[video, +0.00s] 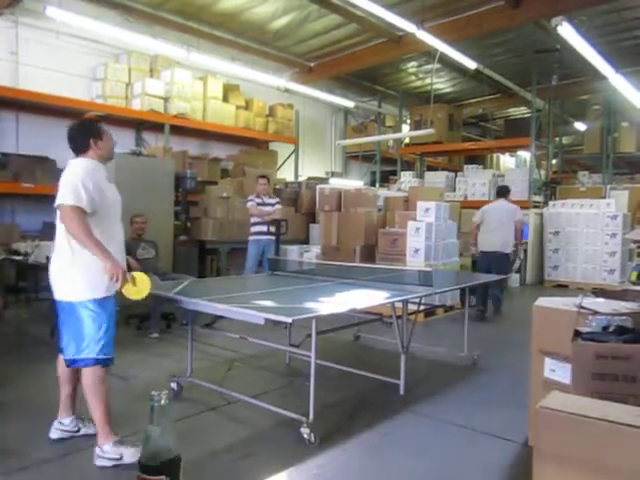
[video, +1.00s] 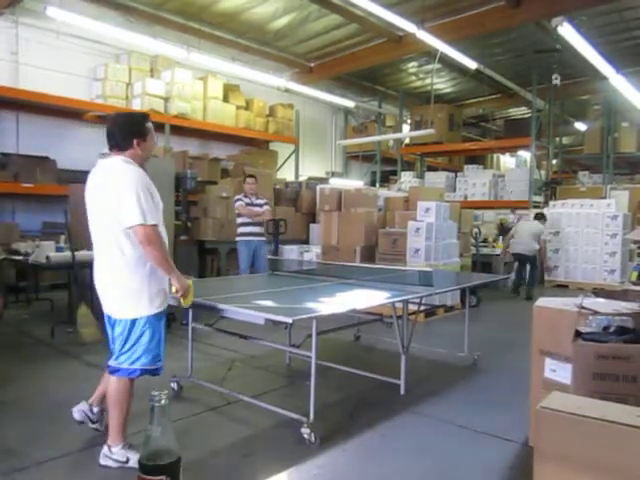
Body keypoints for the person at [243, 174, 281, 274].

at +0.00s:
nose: (263, 187)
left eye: (265, 184)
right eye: (260, 184)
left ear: (268, 186)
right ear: (256, 186)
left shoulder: (275, 199)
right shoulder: (252, 198)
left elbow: (278, 215)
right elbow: (253, 211)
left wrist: (263, 217)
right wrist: (271, 212)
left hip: (270, 237)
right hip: (255, 237)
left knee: (269, 266)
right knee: (250, 267)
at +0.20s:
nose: (264, 187)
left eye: (267, 184)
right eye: (262, 184)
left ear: (270, 186)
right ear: (258, 186)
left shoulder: (277, 200)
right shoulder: (253, 199)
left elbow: (280, 215)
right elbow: (253, 211)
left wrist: (265, 218)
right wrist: (272, 213)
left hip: (271, 238)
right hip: (256, 237)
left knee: (269, 267)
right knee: (250, 267)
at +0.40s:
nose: (264, 186)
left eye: (267, 184)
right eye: (262, 184)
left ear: (270, 186)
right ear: (258, 186)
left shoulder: (277, 200)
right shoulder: (253, 198)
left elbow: (279, 215)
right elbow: (253, 210)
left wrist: (265, 217)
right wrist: (271, 212)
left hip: (271, 237)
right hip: (255, 236)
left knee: (269, 267)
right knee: (249, 267)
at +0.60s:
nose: (261, 185)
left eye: (263, 183)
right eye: (259, 183)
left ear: (267, 185)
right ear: (255, 184)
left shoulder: (272, 200)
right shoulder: (249, 197)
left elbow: (277, 215)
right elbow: (250, 210)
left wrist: (263, 217)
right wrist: (269, 212)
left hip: (269, 237)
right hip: (252, 236)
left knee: (267, 268)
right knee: (249, 267)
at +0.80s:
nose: (256, 186)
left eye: (258, 184)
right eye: (253, 183)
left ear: (261, 186)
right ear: (249, 185)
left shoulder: (267, 200)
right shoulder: (244, 198)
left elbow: (270, 215)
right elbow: (246, 210)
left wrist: (256, 218)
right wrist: (264, 212)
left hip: (263, 238)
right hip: (247, 237)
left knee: (263, 269)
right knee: (247, 269)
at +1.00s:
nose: (251, 186)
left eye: (253, 183)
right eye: (248, 183)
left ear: (256, 185)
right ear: (244, 185)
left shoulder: (262, 200)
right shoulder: (239, 198)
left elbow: (268, 216)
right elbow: (243, 211)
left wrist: (252, 217)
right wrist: (261, 212)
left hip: (260, 238)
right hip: (244, 238)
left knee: (262, 269)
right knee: (244, 270)